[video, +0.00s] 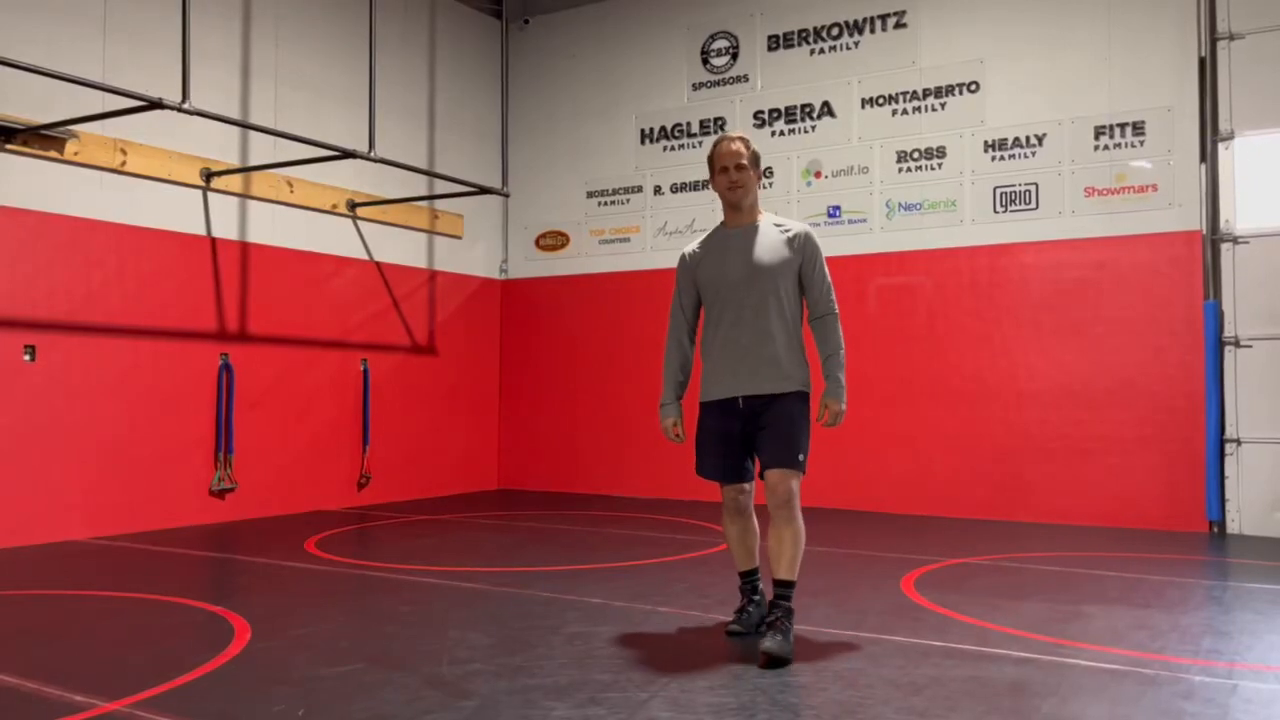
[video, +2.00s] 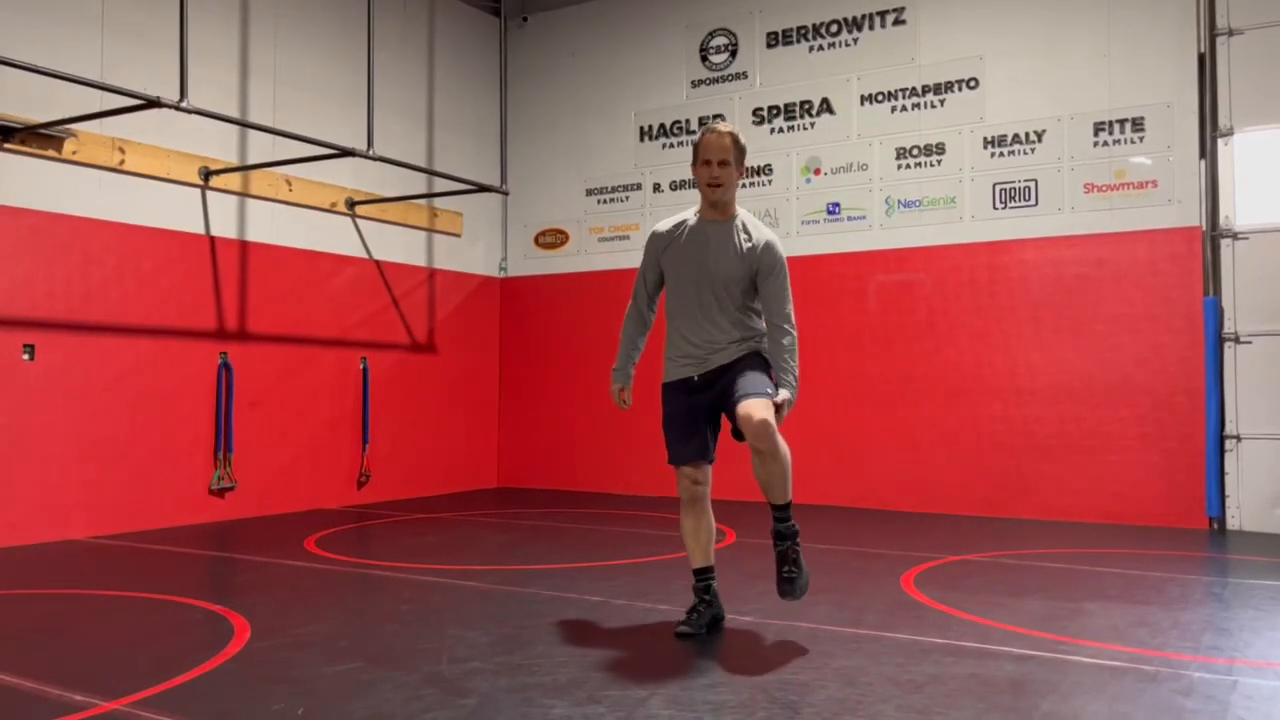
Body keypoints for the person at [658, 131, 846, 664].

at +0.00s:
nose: (733, 175)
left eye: (741, 167)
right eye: (724, 169)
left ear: (759, 175)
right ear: (711, 182)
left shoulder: (796, 239)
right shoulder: (697, 256)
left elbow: (825, 316)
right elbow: (680, 334)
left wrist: (835, 385)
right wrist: (671, 399)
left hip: (783, 392)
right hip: (722, 398)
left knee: (782, 493)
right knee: (734, 498)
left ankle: (782, 614)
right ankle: (753, 599)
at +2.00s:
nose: (714, 173)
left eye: (724, 164)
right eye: (705, 164)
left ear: (741, 171)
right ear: (693, 170)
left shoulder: (761, 244)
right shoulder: (665, 239)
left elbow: (781, 323)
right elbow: (641, 307)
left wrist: (786, 385)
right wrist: (623, 367)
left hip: (745, 360)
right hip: (685, 372)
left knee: (759, 423)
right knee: (692, 483)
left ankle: (785, 537)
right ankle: (705, 599)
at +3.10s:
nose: (796, 177)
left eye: (804, 169)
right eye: (787, 170)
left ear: (822, 176)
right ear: (776, 179)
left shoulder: (845, 247)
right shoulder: (749, 243)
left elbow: (867, 323)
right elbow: (732, 317)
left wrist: (883, 385)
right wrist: (737, 379)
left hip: (825, 385)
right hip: (767, 384)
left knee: (817, 486)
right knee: (764, 481)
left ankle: (811, 591)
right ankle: (762, 595)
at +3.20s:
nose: (798, 178)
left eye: (807, 170)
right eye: (790, 171)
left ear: (824, 176)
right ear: (780, 179)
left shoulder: (848, 249)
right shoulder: (753, 243)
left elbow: (869, 324)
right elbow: (730, 317)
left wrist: (884, 386)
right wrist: (728, 379)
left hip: (824, 386)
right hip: (765, 383)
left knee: (816, 486)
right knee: (752, 474)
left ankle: (811, 590)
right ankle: (744, 587)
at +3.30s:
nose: (797, 179)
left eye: (806, 170)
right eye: (789, 171)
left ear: (824, 177)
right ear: (779, 179)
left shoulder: (849, 249)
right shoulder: (754, 243)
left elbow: (867, 327)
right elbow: (729, 317)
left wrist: (880, 389)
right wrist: (719, 378)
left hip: (823, 387)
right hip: (762, 383)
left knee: (814, 484)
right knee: (740, 473)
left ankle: (810, 587)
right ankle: (732, 569)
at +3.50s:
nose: (783, 181)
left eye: (793, 172)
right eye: (776, 173)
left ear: (815, 178)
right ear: (769, 180)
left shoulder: (840, 250)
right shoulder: (744, 245)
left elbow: (858, 329)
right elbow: (723, 319)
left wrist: (863, 394)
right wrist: (719, 381)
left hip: (816, 390)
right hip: (754, 389)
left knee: (812, 486)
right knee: (732, 488)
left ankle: (810, 588)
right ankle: (727, 575)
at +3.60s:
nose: (774, 180)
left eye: (784, 172)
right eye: (768, 173)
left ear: (806, 178)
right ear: (760, 180)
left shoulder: (831, 249)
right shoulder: (736, 246)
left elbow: (850, 326)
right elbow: (719, 320)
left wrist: (850, 388)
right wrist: (723, 382)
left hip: (810, 390)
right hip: (749, 390)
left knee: (809, 486)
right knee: (734, 487)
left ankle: (809, 588)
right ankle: (730, 582)